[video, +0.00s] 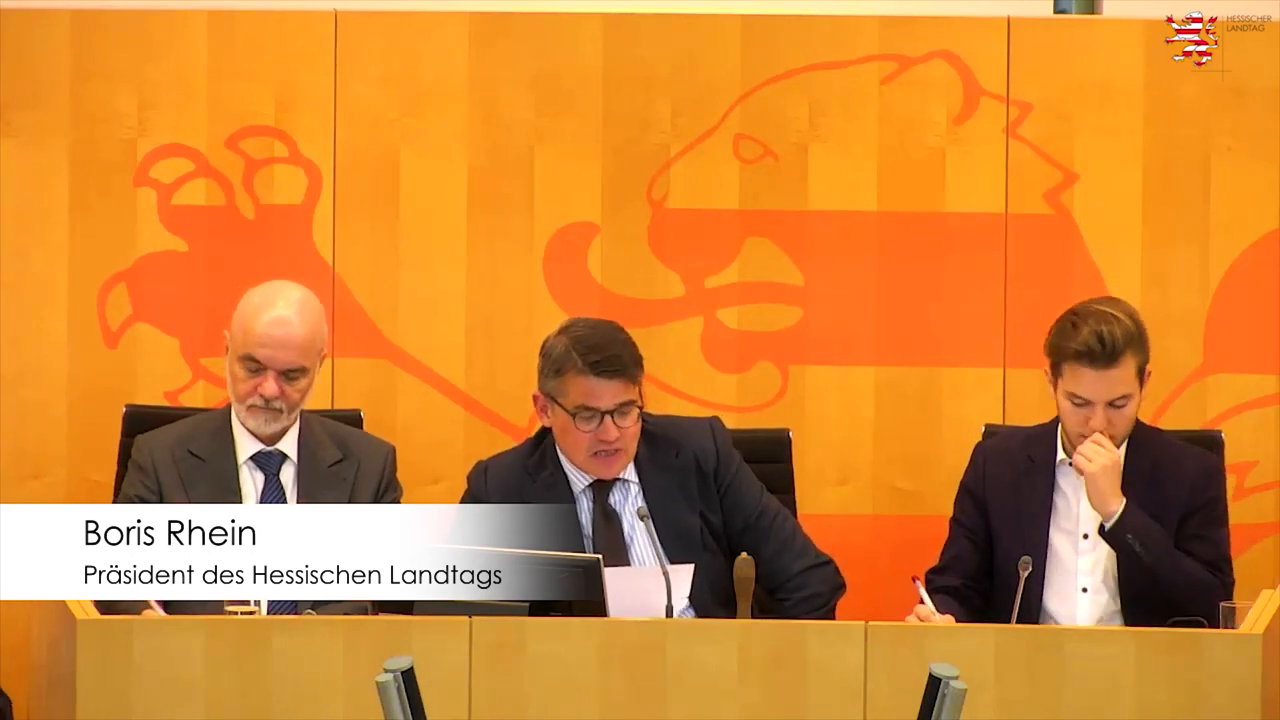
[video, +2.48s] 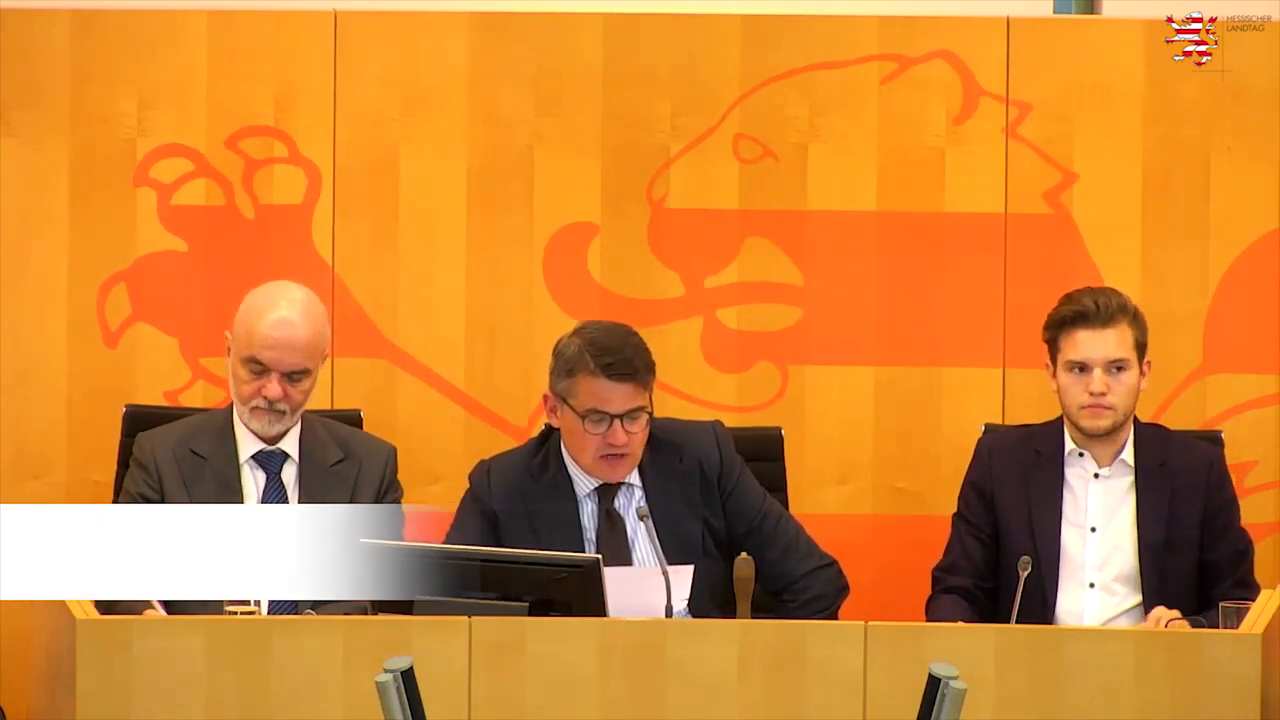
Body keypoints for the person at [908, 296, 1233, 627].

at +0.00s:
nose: (1098, 424)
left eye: (1119, 403)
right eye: (1079, 402)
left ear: (1143, 383)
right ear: (1052, 381)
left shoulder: (1191, 473)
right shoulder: (997, 460)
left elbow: (1211, 609)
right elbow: (955, 585)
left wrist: (1116, 509)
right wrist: (940, 618)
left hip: (1147, 677)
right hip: (1021, 672)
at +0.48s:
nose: (1113, 410)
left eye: (1129, 386)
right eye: (1091, 391)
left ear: (1146, 377)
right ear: (1056, 387)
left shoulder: (1205, 474)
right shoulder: (1008, 463)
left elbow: (1233, 606)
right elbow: (967, 586)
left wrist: (1122, 559)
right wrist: (940, 617)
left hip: (1154, 677)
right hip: (1027, 673)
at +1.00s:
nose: (1102, 389)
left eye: (1121, 370)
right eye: (1083, 370)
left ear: (1147, 374)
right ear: (1057, 376)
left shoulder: (1201, 469)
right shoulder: (1005, 460)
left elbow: (1243, 605)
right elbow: (957, 582)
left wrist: (1172, 634)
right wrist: (946, 616)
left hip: (1156, 672)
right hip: (1031, 666)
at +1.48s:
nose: (1074, 387)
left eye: (1097, 371)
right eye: (1061, 368)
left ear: (1136, 379)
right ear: (1047, 370)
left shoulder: (1192, 468)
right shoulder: (996, 460)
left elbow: (1235, 601)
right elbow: (949, 585)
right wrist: (945, 623)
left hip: (1155, 674)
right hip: (1025, 670)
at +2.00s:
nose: (1088, 386)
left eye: (1109, 369)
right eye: (1073, 368)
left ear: (1143, 375)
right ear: (1054, 372)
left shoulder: (1196, 467)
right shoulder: (1001, 456)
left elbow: (1236, 600)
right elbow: (955, 586)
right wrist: (953, 627)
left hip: (1157, 674)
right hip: (1026, 671)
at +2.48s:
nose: (1097, 386)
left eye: (1116, 369)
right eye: (1079, 369)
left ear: (1143, 373)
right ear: (1053, 375)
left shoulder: (1197, 465)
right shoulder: (1001, 457)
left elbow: (1241, 605)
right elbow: (957, 588)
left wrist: (1192, 630)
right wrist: (959, 650)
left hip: (1154, 671)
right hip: (1027, 668)